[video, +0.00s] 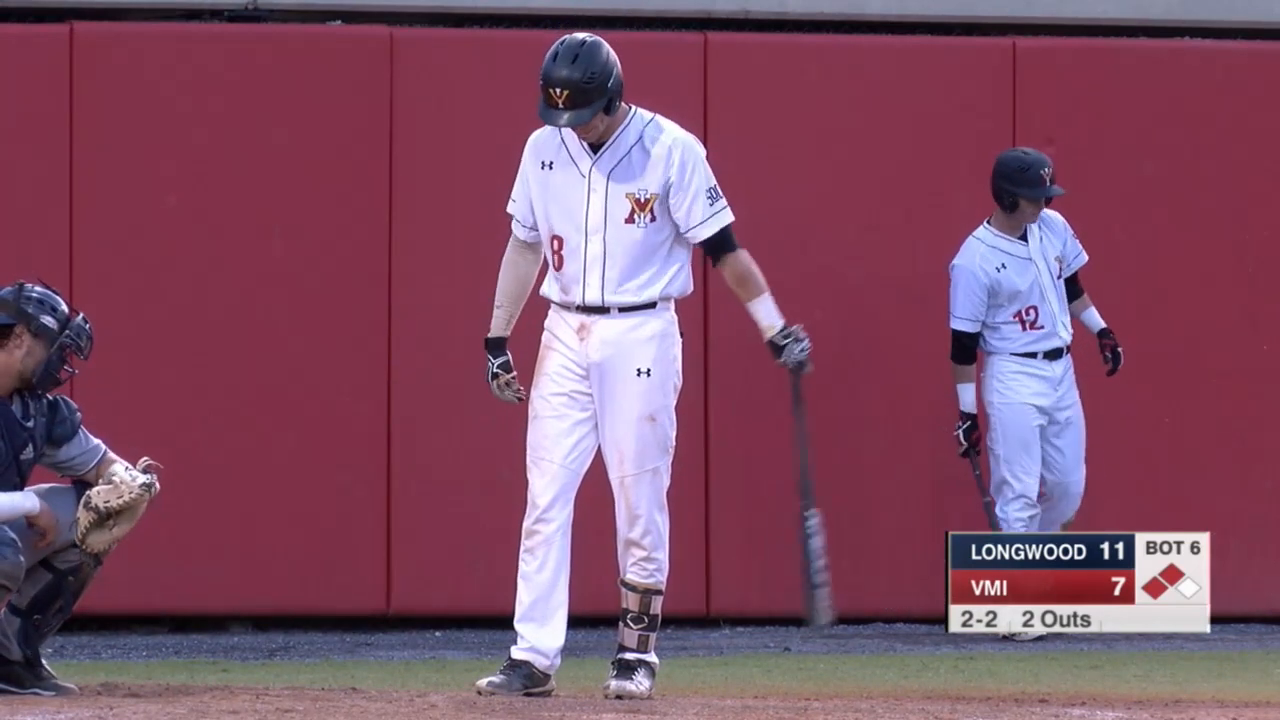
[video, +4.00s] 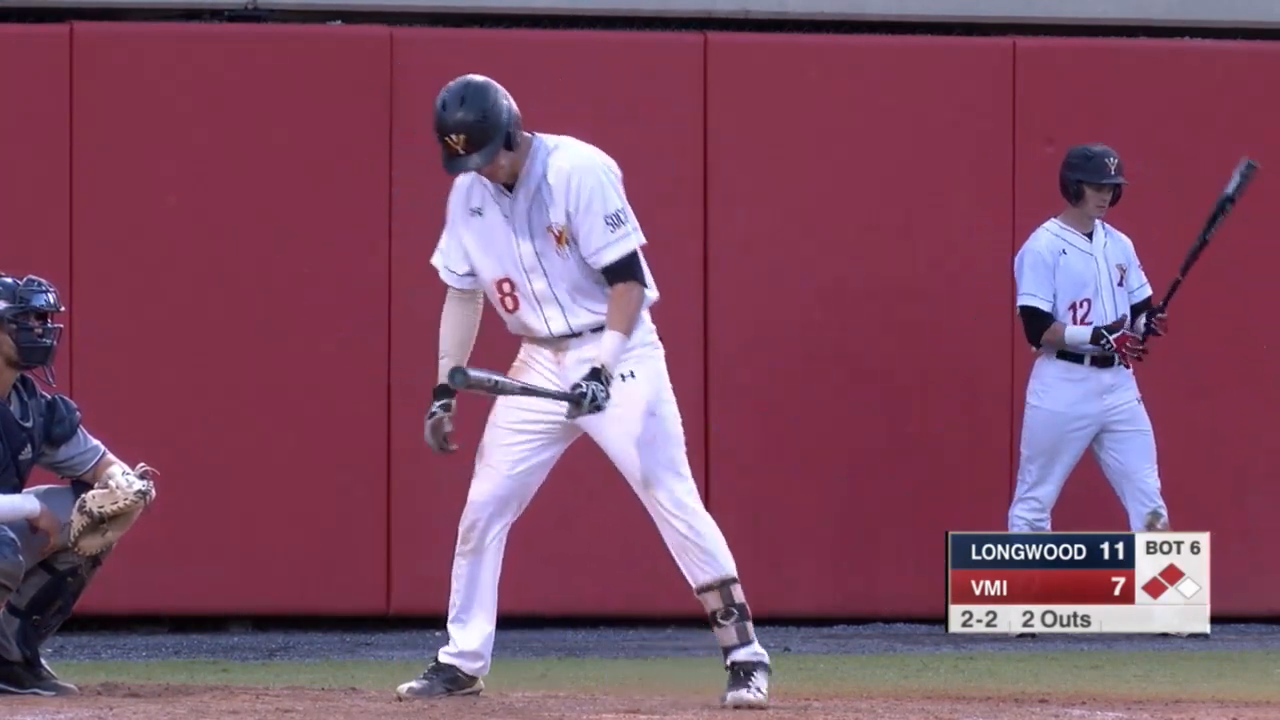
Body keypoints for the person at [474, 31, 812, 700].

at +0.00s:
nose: (573, 127)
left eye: (582, 115)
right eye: (563, 115)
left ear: (614, 98)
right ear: (553, 101)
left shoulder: (672, 149)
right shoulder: (544, 146)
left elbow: (724, 249)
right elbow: (524, 246)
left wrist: (777, 329)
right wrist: (497, 337)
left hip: (640, 341)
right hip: (563, 339)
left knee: (638, 490)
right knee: (546, 496)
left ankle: (635, 652)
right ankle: (533, 656)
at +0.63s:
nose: (569, 128)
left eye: (576, 117)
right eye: (562, 118)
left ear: (608, 98)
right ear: (555, 103)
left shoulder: (672, 148)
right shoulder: (548, 146)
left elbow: (690, 260)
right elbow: (528, 252)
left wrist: (696, 360)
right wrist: (507, 340)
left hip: (646, 340)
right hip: (567, 339)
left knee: (639, 495)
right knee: (547, 497)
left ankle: (635, 653)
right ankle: (534, 655)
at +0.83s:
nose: (572, 129)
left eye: (579, 118)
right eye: (564, 118)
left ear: (612, 100)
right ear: (557, 103)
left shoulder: (674, 148)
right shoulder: (550, 147)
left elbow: (685, 256)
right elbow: (534, 246)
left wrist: (629, 327)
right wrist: (521, 316)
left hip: (646, 339)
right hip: (568, 337)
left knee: (640, 495)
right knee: (548, 500)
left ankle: (636, 651)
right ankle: (533, 657)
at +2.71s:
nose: (579, 135)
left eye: (590, 122)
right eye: (569, 122)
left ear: (620, 104)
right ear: (558, 106)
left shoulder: (670, 155)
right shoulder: (551, 150)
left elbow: (660, 273)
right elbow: (534, 241)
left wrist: (568, 282)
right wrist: (531, 260)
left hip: (634, 342)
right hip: (560, 338)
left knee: (631, 490)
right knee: (516, 480)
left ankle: (634, 650)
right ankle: (525, 642)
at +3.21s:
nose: (495, 140)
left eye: (502, 128)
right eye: (487, 130)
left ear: (529, 108)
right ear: (479, 119)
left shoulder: (590, 147)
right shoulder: (480, 163)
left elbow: (572, 252)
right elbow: (489, 278)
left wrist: (480, 255)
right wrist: (458, 258)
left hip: (594, 348)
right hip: (518, 348)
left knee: (610, 499)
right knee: (486, 501)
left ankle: (633, 650)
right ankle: (463, 660)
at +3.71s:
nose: (422, 145)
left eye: (427, 130)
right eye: (411, 136)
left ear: (452, 107)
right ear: (400, 126)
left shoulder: (526, 138)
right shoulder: (408, 185)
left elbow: (569, 244)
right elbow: (429, 293)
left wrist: (534, 327)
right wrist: (474, 342)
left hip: (568, 329)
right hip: (488, 349)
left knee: (617, 472)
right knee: (462, 505)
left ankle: (680, 637)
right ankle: (461, 660)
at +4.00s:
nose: (480, 172)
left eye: (485, 159)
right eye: (469, 163)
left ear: (511, 137)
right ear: (459, 150)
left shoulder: (580, 169)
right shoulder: (467, 192)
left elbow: (627, 279)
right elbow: (463, 294)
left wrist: (603, 366)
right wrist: (445, 392)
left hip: (618, 353)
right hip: (539, 360)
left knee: (667, 491)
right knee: (484, 508)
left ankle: (744, 655)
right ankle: (461, 661)